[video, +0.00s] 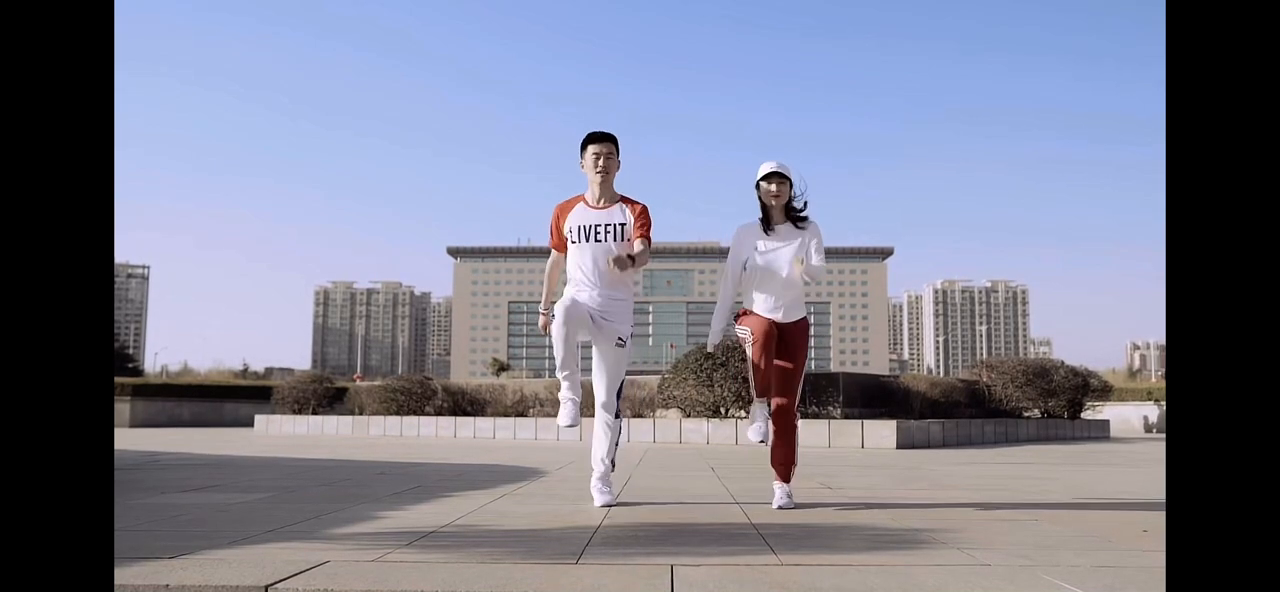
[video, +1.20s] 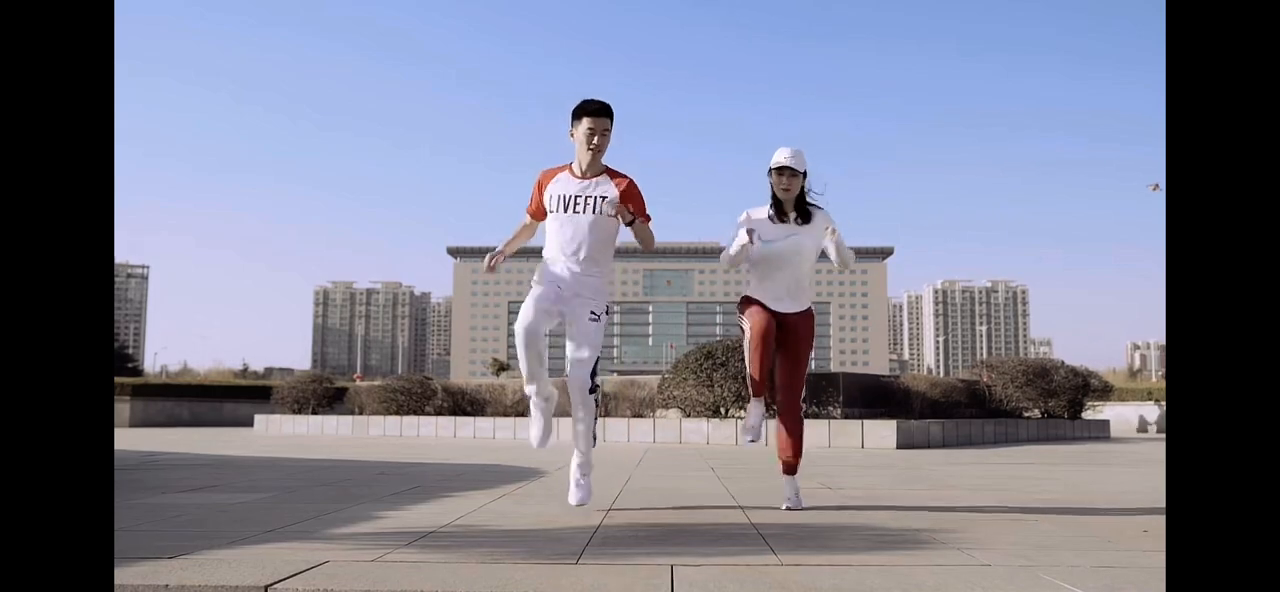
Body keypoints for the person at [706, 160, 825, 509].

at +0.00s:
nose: (775, 187)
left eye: (781, 182)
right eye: (768, 183)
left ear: (790, 188)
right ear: (758, 190)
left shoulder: (807, 229)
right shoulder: (745, 233)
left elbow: (817, 272)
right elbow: (728, 284)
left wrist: (805, 264)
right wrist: (717, 330)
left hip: (794, 320)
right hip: (755, 315)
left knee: (783, 406)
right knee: (763, 329)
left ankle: (782, 483)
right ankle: (760, 407)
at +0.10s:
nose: (774, 178)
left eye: (780, 173)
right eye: (767, 173)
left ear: (789, 178)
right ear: (758, 180)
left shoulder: (805, 218)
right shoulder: (745, 221)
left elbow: (822, 261)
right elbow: (733, 268)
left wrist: (808, 226)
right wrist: (724, 306)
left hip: (793, 309)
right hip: (753, 307)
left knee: (787, 390)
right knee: (765, 363)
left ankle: (784, 474)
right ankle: (770, 443)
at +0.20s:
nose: (774, 187)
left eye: (780, 181)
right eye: (767, 182)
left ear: (789, 187)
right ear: (758, 188)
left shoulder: (805, 228)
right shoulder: (746, 230)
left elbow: (825, 274)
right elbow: (731, 280)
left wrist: (812, 242)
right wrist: (717, 319)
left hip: (795, 319)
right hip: (756, 320)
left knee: (790, 396)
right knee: (766, 384)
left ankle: (787, 476)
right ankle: (772, 470)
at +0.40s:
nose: (773, 177)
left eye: (779, 171)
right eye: (766, 171)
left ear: (788, 178)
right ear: (756, 179)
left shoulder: (805, 218)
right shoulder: (742, 222)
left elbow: (814, 263)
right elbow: (733, 271)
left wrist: (812, 287)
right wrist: (734, 310)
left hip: (793, 305)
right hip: (754, 305)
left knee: (782, 381)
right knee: (759, 393)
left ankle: (787, 428)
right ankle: (763, 477)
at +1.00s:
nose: (781, 174)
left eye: (788, 168)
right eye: (775, 168)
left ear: (799, 173)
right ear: (765, 172)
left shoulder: (815, 215)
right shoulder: (749, 209)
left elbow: (826, 265)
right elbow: (732, 260)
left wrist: (823, 311)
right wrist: (729, 306)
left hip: (797, 304)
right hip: (755, 303)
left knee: (790, 393)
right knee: (756, 369)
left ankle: (790, 482)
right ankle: (764, 437)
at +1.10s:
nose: (782, 181)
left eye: (789, 175)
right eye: (776, 175)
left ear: (800, 180)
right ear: (767, 180)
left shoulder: (815, 222)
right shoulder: (749, 219)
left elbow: (830, 263)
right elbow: (733, 260)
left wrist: (819, 300)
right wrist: (744, 295)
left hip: (797, 305)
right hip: (757, 304)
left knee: (790, 402)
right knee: (758, 341)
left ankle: (791, 479)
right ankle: (759, 413)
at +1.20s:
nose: (785, 179)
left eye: (792, 173)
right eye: (779, 173)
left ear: (803, 178)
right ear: (770, 177)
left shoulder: (818, 220)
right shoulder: (753, 218)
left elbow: (845, 264)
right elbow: (728, 263)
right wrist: (741, 246)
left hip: (798, 310)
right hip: (758, 303)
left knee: (790, 399)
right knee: (761, 324)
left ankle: (790, 481)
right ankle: (757, 404)